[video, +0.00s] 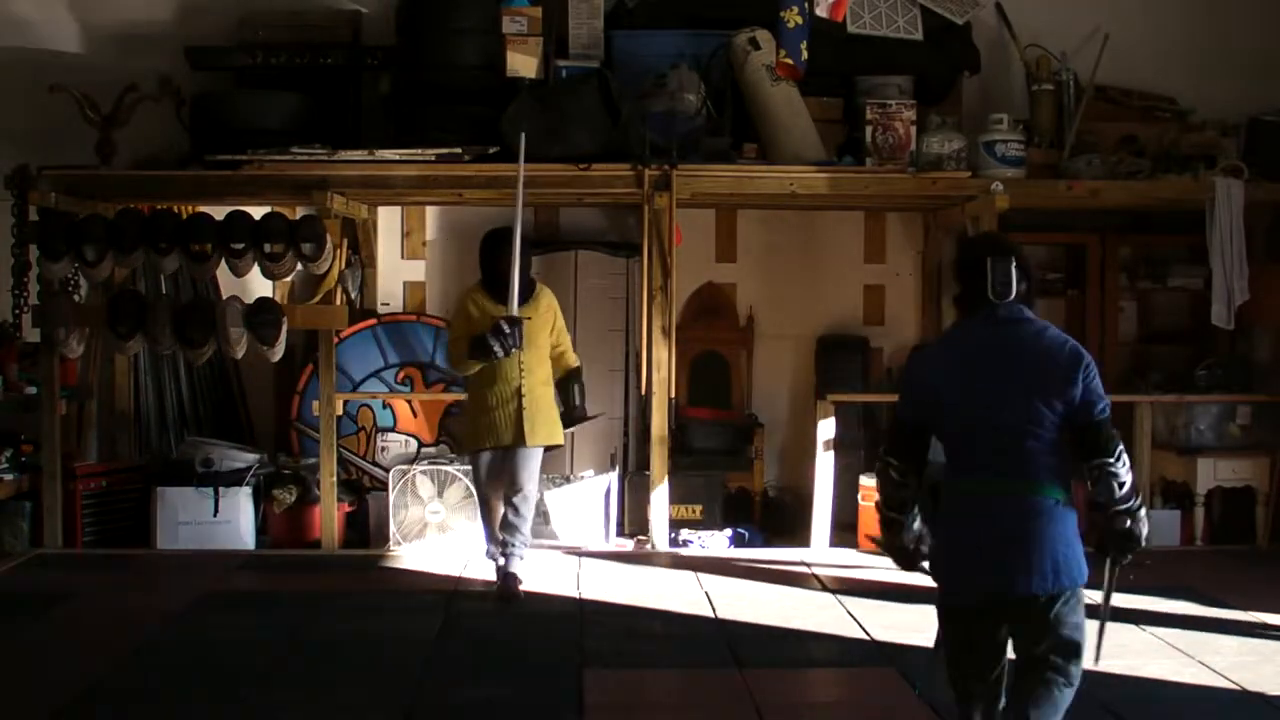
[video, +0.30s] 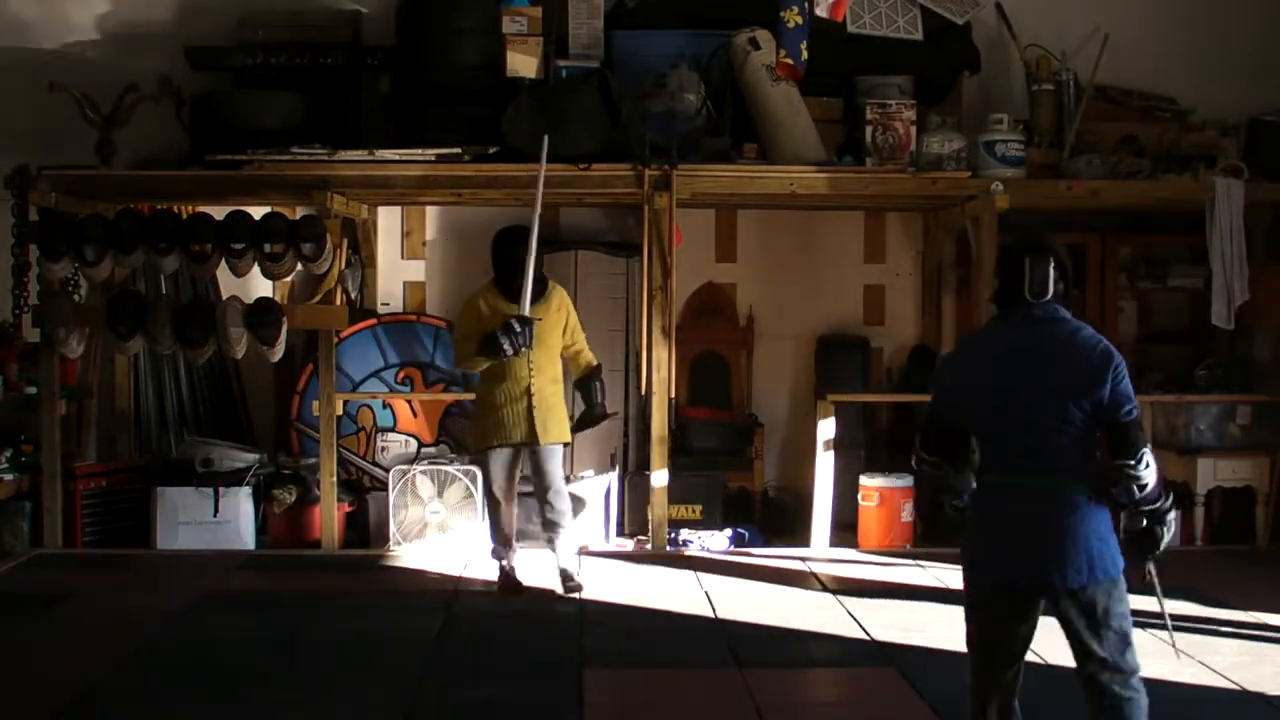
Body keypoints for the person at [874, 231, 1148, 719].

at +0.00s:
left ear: (961, 288)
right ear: (1025, 286)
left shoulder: (933, 359)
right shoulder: (1066, 356)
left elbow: (901, 460)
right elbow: (1105, 457)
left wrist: (902, 528)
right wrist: (1123, 519)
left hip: (963, 539)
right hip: (1041, 538)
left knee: (974, 675)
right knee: (1053, 663)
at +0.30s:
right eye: (1051, 280)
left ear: (1000, 285)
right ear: (1060, 285)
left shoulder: (968, 356)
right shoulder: (1096, 354)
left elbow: (939, 455)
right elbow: (1132, 464)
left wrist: (962, 500)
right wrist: (1152, 513)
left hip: (996, 533)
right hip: (1076, 536)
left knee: (993, 686)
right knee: (1116, 682)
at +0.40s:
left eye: (1024, 285)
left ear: (1020, 290)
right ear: (1077, 290)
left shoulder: (993, 356)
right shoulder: (1119, 358)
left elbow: (955, 459)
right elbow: (1151, 468)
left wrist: (987, 503)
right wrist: (1167, 517)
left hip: (1016, 532)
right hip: (1098, 536)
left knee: (1003, 681)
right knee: (1130, 683)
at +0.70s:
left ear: (1089, 291)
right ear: (1148, 289)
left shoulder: (1063, 355)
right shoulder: (1187, 358)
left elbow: (1024, 445)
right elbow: (1225, 453)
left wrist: (1025, 510)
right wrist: (1241, 517)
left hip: (1084, 527)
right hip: (1163, 530)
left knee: (1060, 656)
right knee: (1165, 668)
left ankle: (1040, 716)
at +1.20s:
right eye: (1173, 283)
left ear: (1122, 289)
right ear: (1178, 288)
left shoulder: (1095, 352)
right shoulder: (1212, 352)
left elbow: (1055, 443)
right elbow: (1254, 446)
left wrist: (1059, 499)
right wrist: (1262, 448)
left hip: (1116, 515)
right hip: (1190, 518)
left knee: (1120, 648)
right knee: (1180, 651)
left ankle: (1122, 715)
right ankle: (1168, 718)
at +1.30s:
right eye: (1171, 283)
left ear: (1119, 290)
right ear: (1175, 288)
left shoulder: (1094, 353)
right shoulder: (1212, 349)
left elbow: (1058, 444)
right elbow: (1257, 440)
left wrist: (1064, 502)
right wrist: (1264, 434)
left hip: (1123, 512)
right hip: (1197, 514)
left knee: (1124, 646)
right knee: (1195, 644)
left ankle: (1129, 714)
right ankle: (1180, 715)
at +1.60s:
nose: (1131, 303)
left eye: (1135, 294)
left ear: (1146, 295)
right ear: (1198, 291)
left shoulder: (1131, 352)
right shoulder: (1242, 350)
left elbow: (1102, 433)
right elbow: (1272, 433)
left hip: (1160, 512)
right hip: (1237, 509)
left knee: (1138, 649)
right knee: (1267, 646)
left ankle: (1133, 714)